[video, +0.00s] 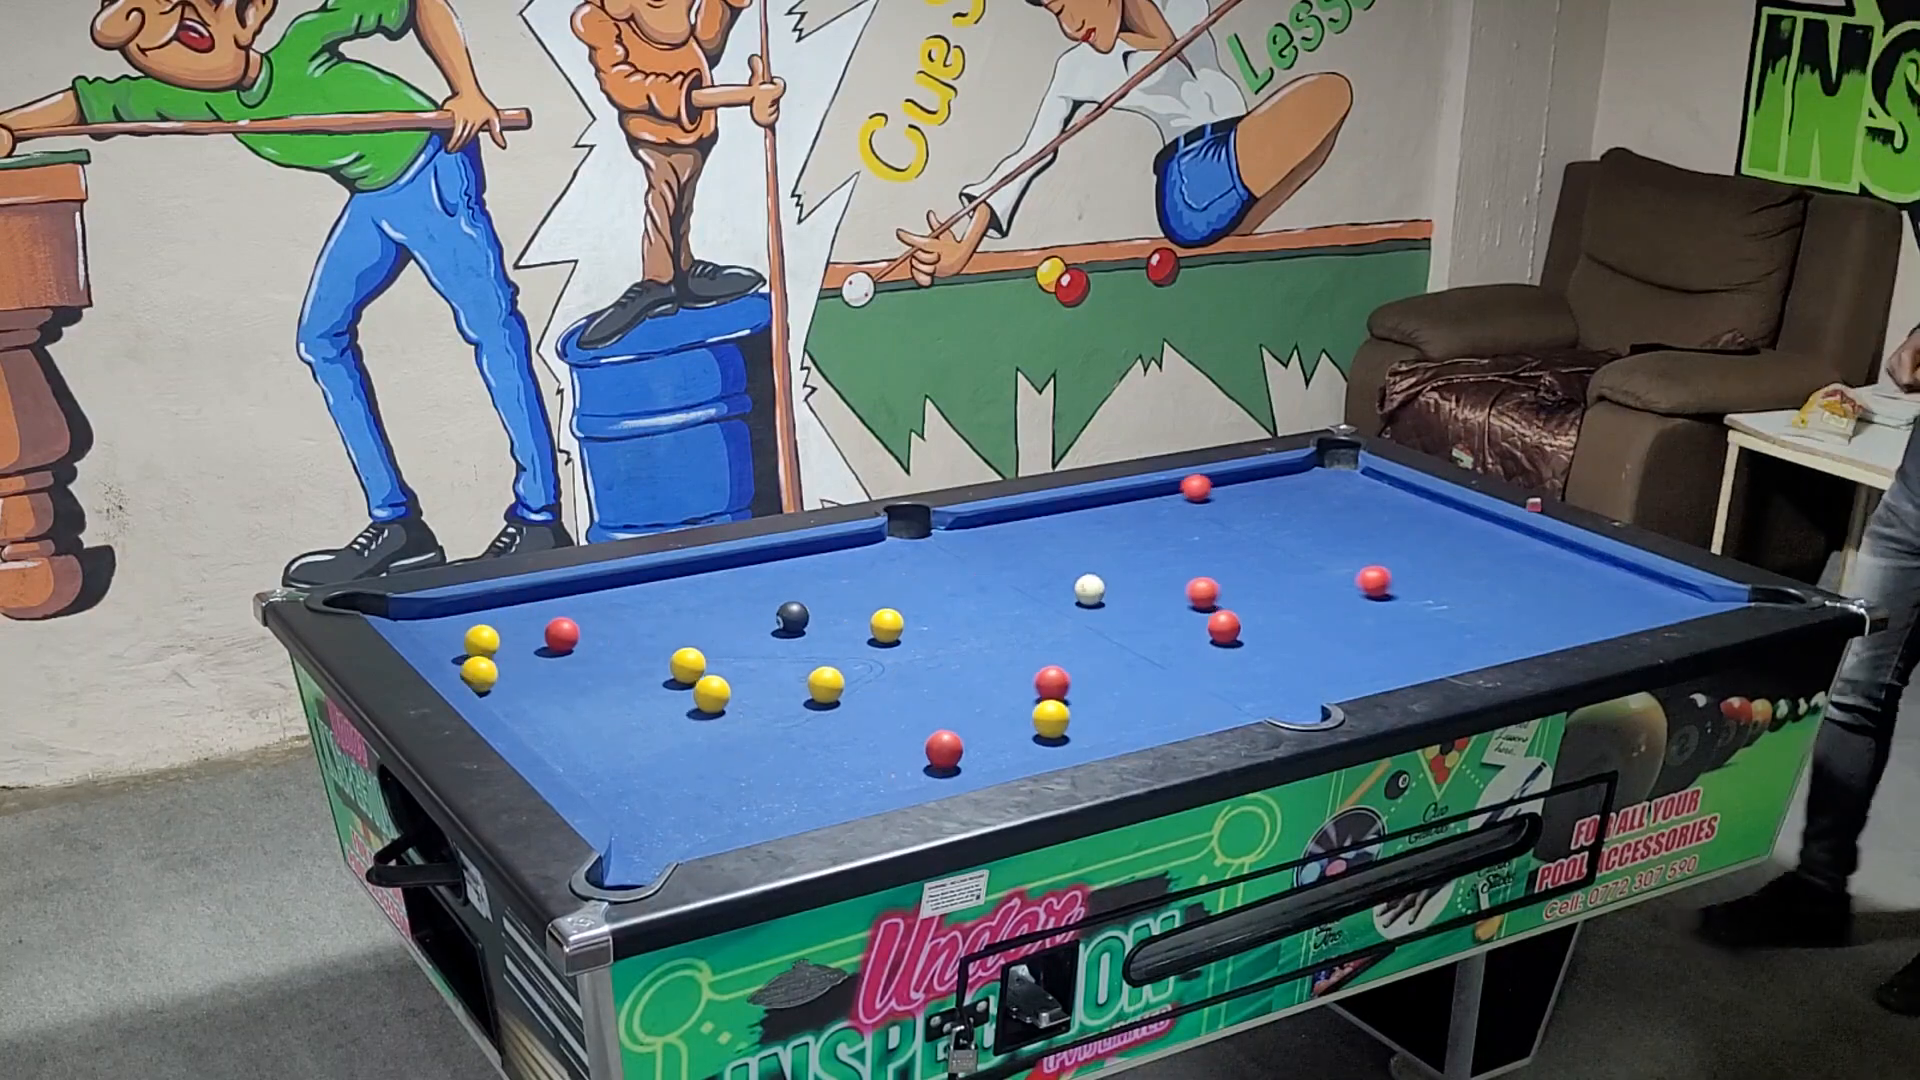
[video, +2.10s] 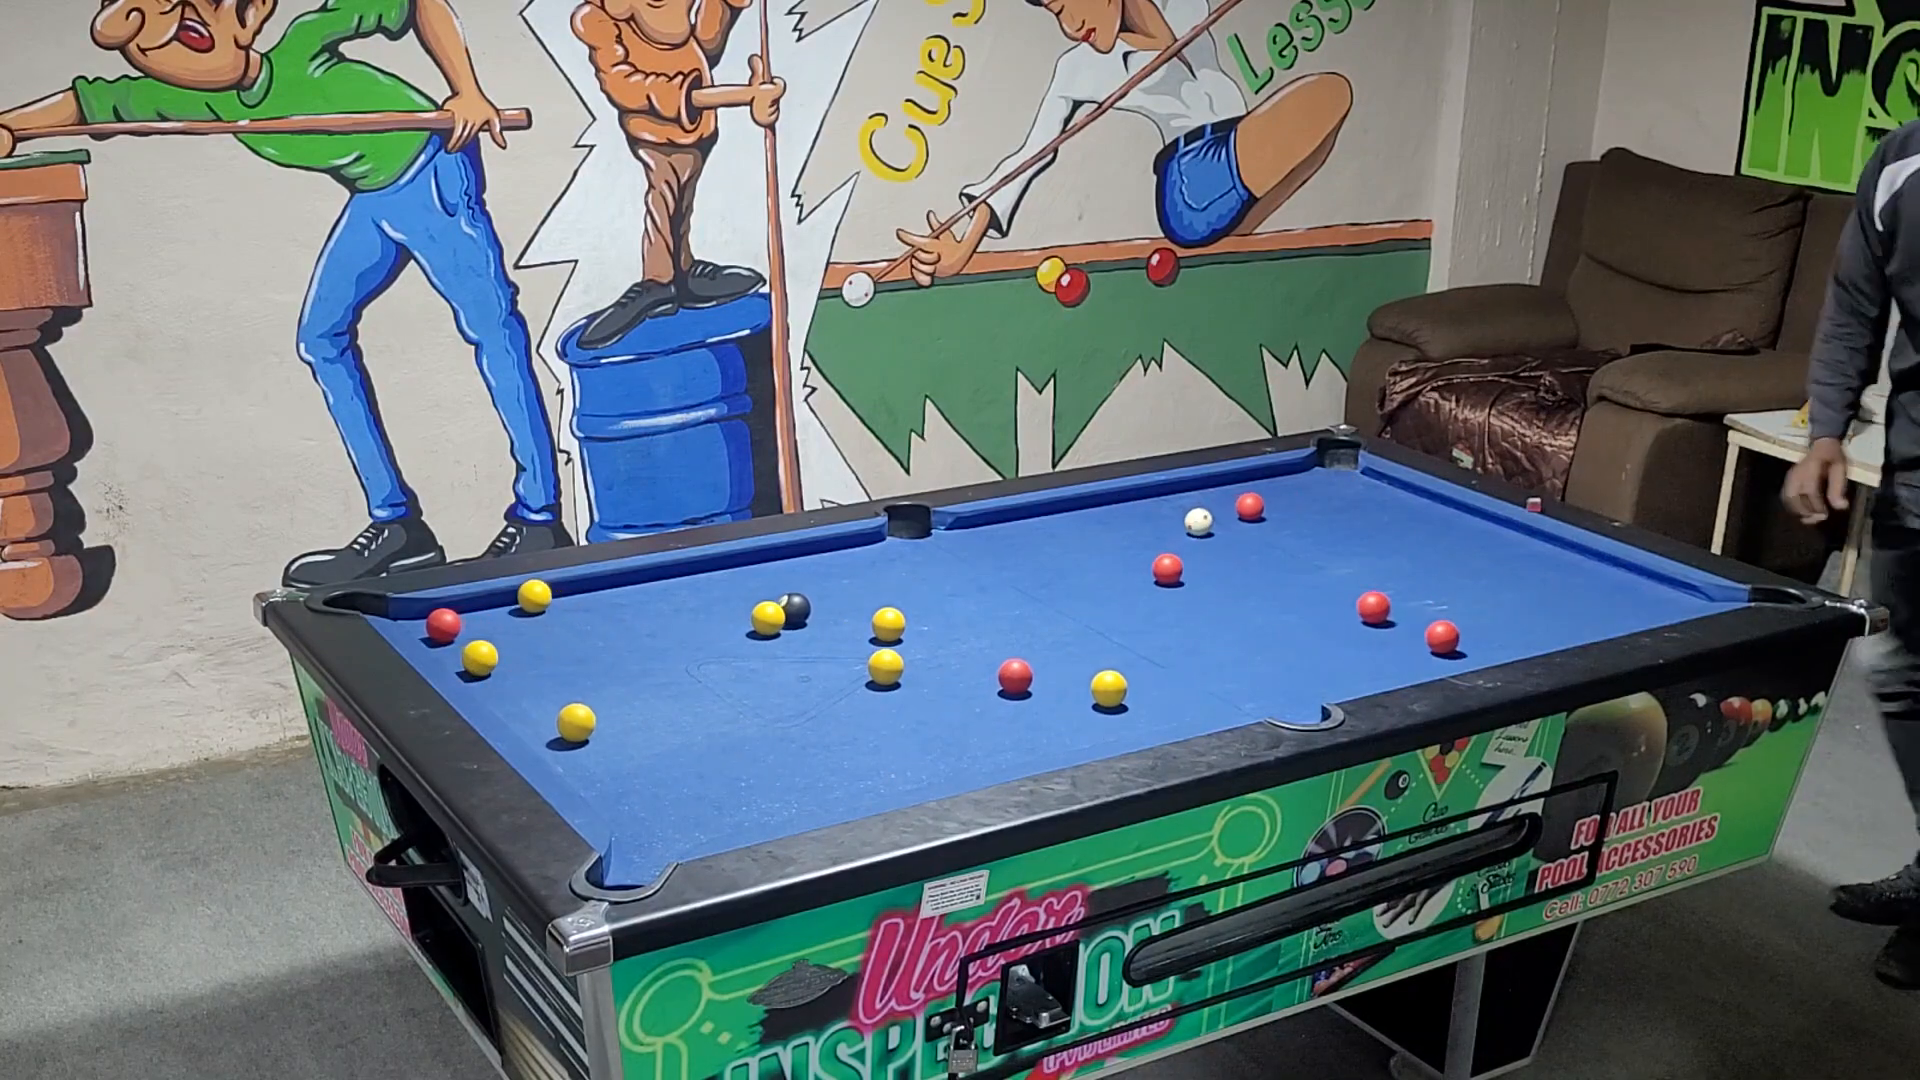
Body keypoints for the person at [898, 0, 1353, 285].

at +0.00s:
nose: (1070, 25)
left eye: (1070, 6)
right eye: (1057, 16)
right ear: (1056, 18)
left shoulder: (1177, 10)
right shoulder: (1077, 68)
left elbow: (1199, 60)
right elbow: (1028, 157)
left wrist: (1140, 14)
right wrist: (964, 246)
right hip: (1190, 185)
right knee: (1330, 91)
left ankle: (1239, 232)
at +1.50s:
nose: (1069, 24)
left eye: (1070, 5)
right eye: (1057, 15)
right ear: (1056, 18)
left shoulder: (1176, 10)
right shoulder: (1076, 69)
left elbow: (1198, 61)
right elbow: (1028, 157)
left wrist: (1140, 13)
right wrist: (964, 245)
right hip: (1193, 183)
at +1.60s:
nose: (1070, 23)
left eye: (1072, 4)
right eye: (1056, 15)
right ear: (1055, 18)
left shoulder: (1174, 10)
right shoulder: (1076, 69)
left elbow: (1195, 58)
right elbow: (1028, 156)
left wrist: (1142, 14)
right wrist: (964, 245)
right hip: (1194, 174)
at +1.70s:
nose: (1069, 24)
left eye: (1070, 5)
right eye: (1057, 16)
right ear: (1056, 18)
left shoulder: (1176, 10)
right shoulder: (1076, 69)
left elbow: (1197, 57)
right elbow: (1028, 156)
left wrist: (1137, 11)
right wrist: (964, 245)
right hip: (1194, 181)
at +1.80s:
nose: (1070, 25)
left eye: (1070, 5)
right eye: (1057, 16)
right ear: (1056, 18)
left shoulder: (1177, 11)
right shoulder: (1077, 69)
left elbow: (1200, 61)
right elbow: (1028, 156)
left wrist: (1143, 17)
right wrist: (963, 246)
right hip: (1190, 185)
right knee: (1330, 91)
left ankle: (1239, 231)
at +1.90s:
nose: (1069, 24)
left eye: (1070, 5)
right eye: (1057, 16)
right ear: (1056, 18)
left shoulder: (1176, 10)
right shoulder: (1076, 69)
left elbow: (1197, 57)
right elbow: (1028, 156)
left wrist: (1137, 11)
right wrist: (964, 245)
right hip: (1194, 182)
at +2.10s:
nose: (1069, 24)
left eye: (1070, 5)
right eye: (1057, 16)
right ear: (1056, 18)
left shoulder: (1176, 10)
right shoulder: (1076, 69)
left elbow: (1197, 58)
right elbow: (1029, 156)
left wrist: (1137, 11)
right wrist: (964, 245)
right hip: (1195, 180)